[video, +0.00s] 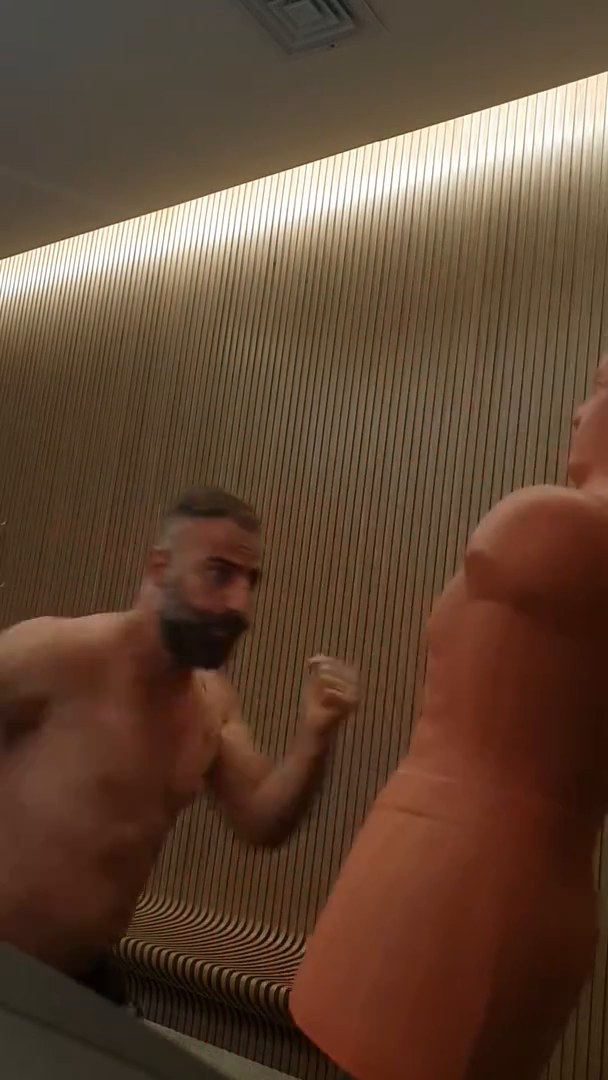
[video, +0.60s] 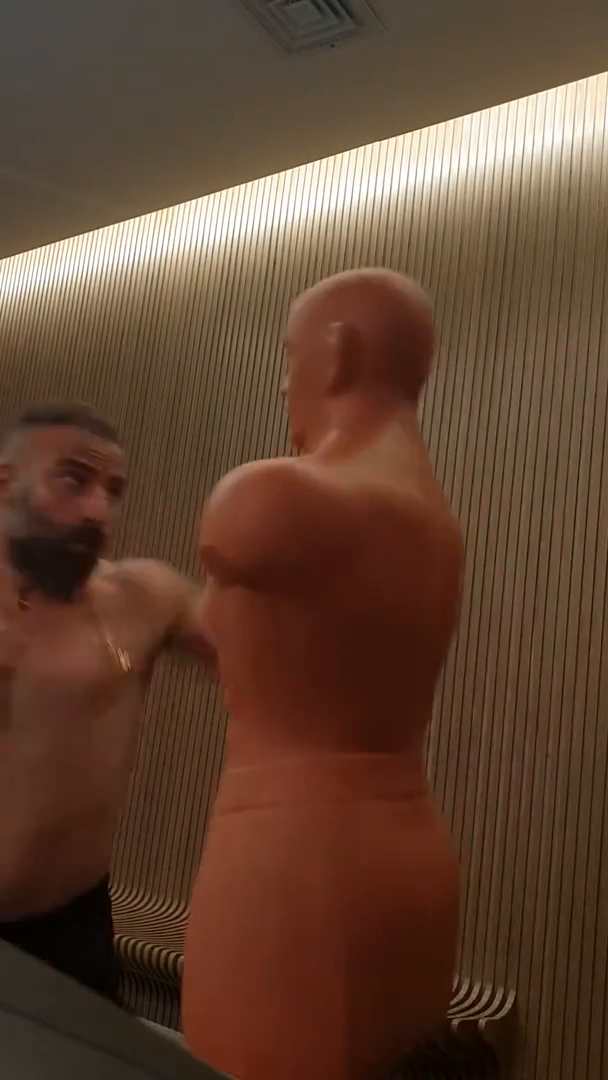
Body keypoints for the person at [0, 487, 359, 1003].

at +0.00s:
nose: (239, 604)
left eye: (250, 582)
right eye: (219, 574)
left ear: (259, 588)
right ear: (158, 568)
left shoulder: (210, 699)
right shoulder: (47, 658)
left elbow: (263, 824)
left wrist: (314, 738)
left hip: (85, 984)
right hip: (6, 962)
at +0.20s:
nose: (260, 629)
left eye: (269, 610)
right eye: (241, 599)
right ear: (180, 589)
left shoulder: (163, 691)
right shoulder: (122, 661)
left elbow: (197, 831)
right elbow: (9, 773)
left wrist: (242, 727)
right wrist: (165, 834)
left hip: (50, 978)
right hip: (15, 970)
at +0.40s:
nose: (182, 607)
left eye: (190, 585)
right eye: (158, 575)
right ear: (88, 577)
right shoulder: (29, 658)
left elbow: (144, 860)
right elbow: (142, 787)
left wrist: (193, 727)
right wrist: (268, 693)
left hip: (28, 977)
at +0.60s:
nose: (98, 510)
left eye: (113, 491)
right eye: (73, 480)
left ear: (123, 504)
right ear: (7, 481)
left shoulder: (144, 597)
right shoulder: (7, 599)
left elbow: (264, 658)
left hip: (68, 927)